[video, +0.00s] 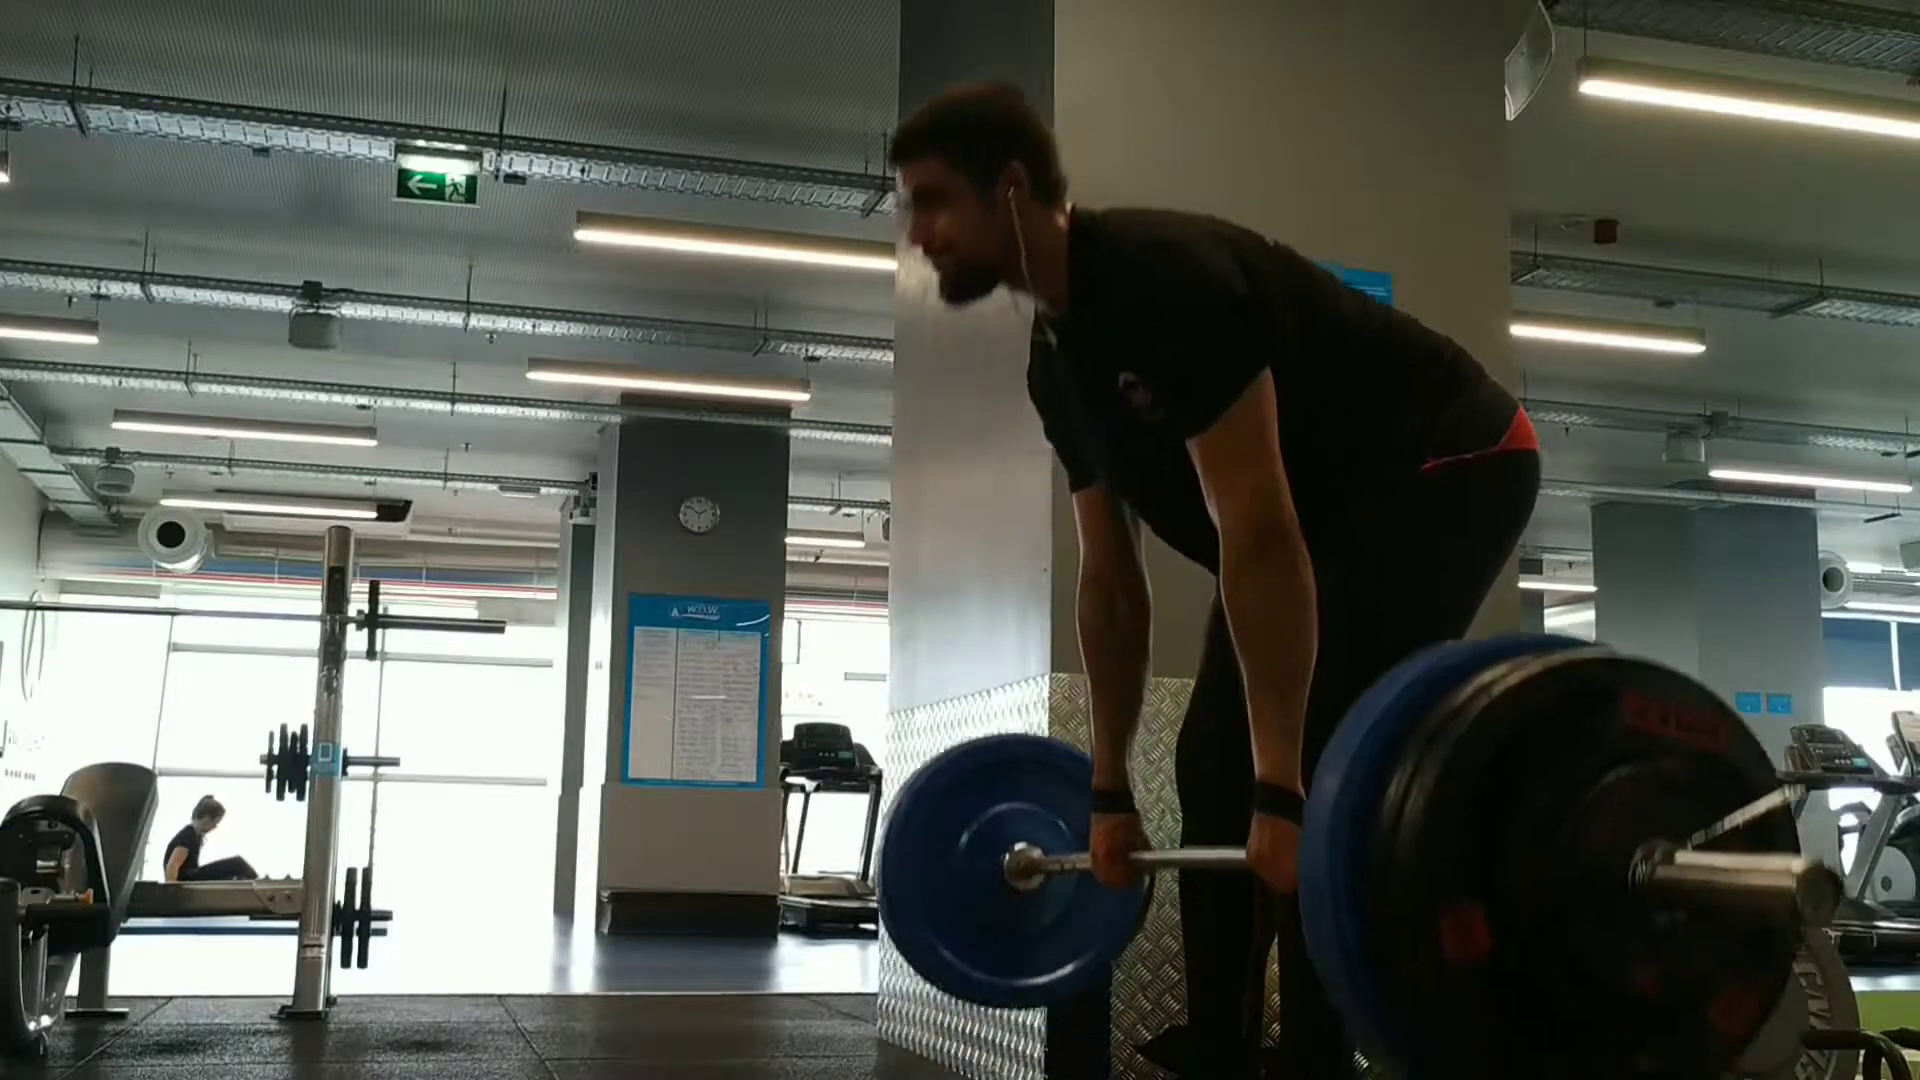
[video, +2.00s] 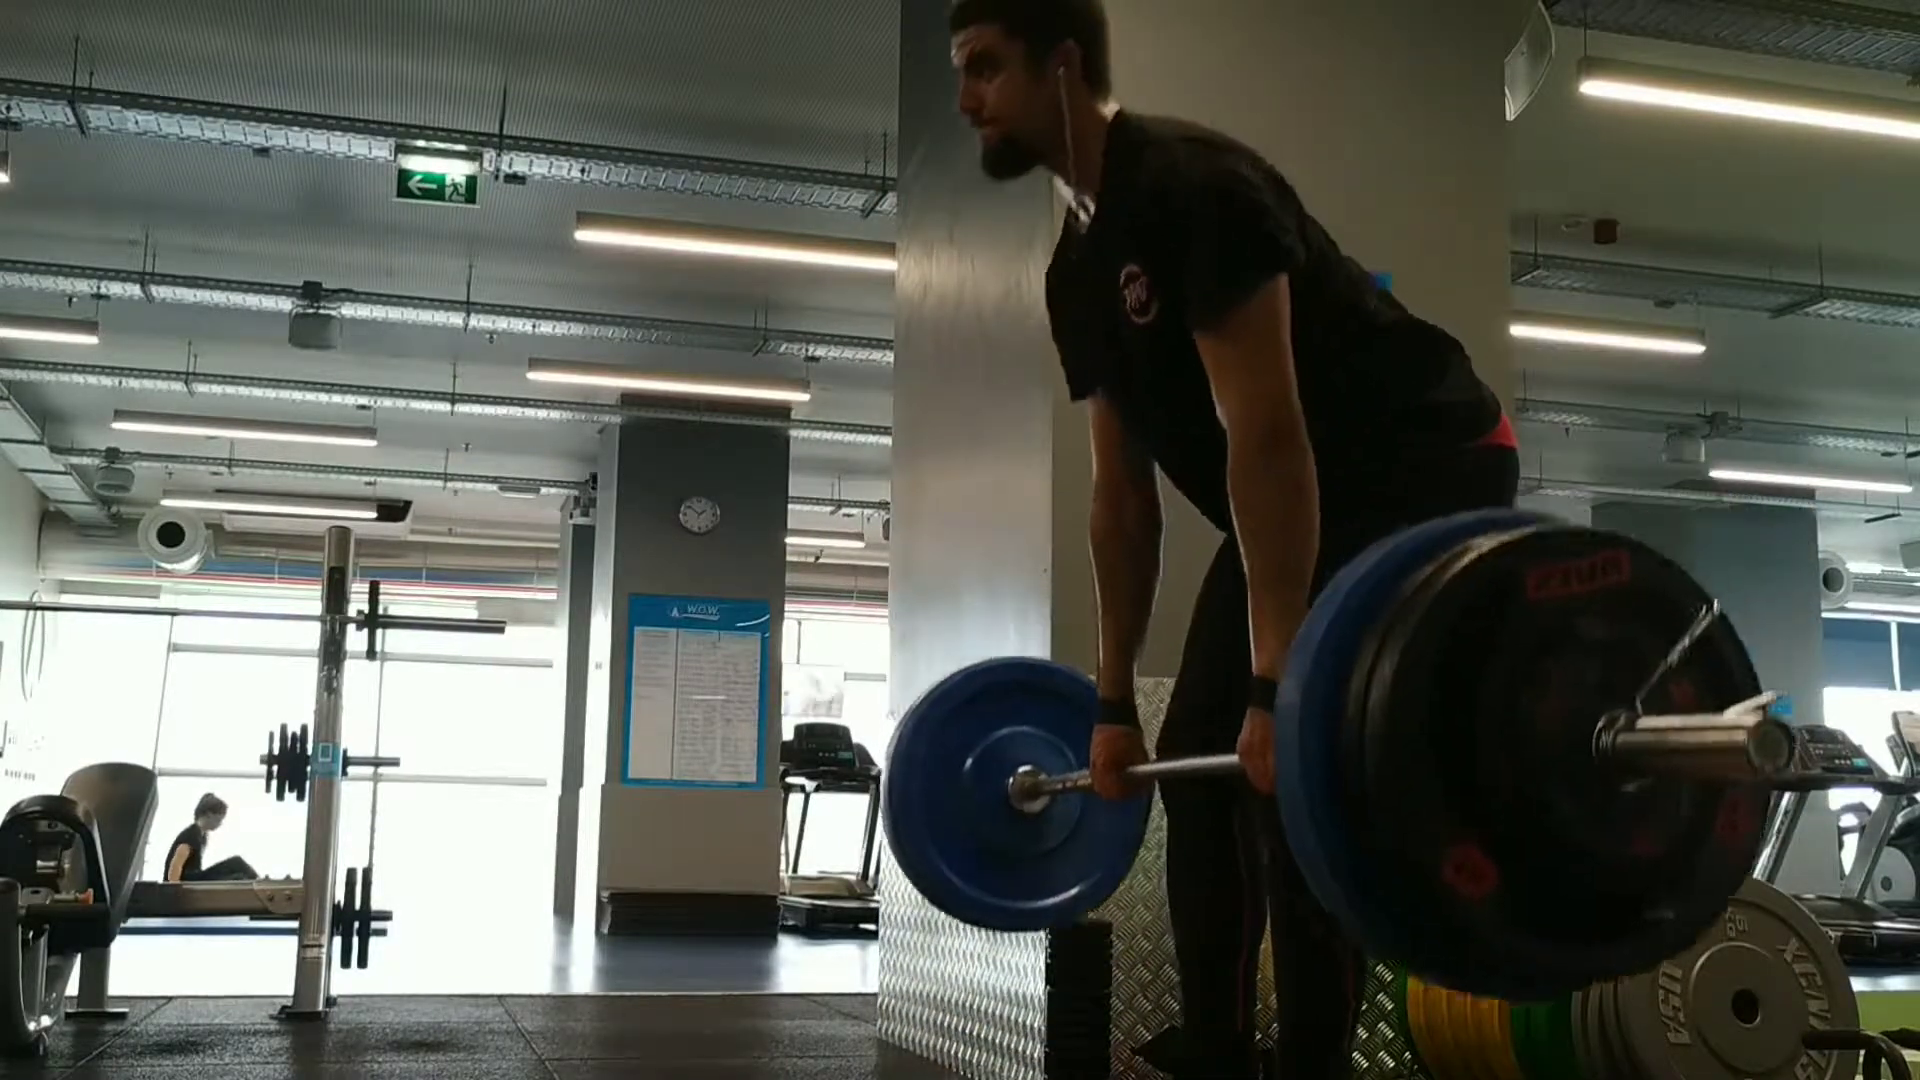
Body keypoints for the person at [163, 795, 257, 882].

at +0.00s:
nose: (215, 827)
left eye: (217, 823)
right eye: (215, 822)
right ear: (206, 818)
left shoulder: (196, 836)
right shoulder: (189, 836)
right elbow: (172, 866)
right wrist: (171, 891)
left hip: (192, 876)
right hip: (186, 879)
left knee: (235, 869)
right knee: (237, 862)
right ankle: (259, 886)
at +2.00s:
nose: (220, 822)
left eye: (222, 818)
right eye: (219, 817)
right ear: (208, 813)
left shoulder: (202, 836)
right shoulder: (193, 834)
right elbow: (175, 866)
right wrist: (174, 891)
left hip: (194, 880)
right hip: (186, 882)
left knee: (238, 876)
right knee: (236, 862)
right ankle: (261, 886)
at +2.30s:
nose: (219, 821)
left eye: (220, 817)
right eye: (217, 816)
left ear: (204, 813)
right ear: (204, 813)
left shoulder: (197, 834)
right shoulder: (193, 834)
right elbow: (184, 863)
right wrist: (188, 890)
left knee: (236, 861)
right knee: (240, 873)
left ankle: (264, 886)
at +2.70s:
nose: (222, 822)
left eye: (223, 818)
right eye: (219, 817)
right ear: (206, 814)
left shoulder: (200, 836)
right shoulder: (196, 836)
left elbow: (196, 870)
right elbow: (194, 870)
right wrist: (202, 895)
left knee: (236, 861)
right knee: (242, 871)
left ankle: (261, 885)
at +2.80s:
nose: (222, 823)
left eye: (224, 819)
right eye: (220, 818)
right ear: (207, 815)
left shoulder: (202, 838)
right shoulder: (196, 838)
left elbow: (197, 873)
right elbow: (194, 874)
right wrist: (204, 897)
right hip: (181, 887)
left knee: (236, 861)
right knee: (241, 871)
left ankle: (262, 886)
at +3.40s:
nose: (219, 824)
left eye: (223, 820)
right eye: (216, 818)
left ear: (227, 822)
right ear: (207, 815)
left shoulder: (205, 838)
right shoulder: (197, 838)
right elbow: (179, 872)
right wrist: (195, 891)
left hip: (198, 877)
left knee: (236, 861)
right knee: (241, 871)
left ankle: (261, 886)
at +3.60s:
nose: (213, 823)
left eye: (218, 820)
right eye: (211, 817)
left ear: (222, 822)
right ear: (203, 814)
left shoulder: (209, 841)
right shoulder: (191, 837)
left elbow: (203, 867)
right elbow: (165, 866)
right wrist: (165, 890)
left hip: (203, 877)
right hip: (190, 883)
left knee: (236, 862)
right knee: (241, 872)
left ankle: (260, 885)